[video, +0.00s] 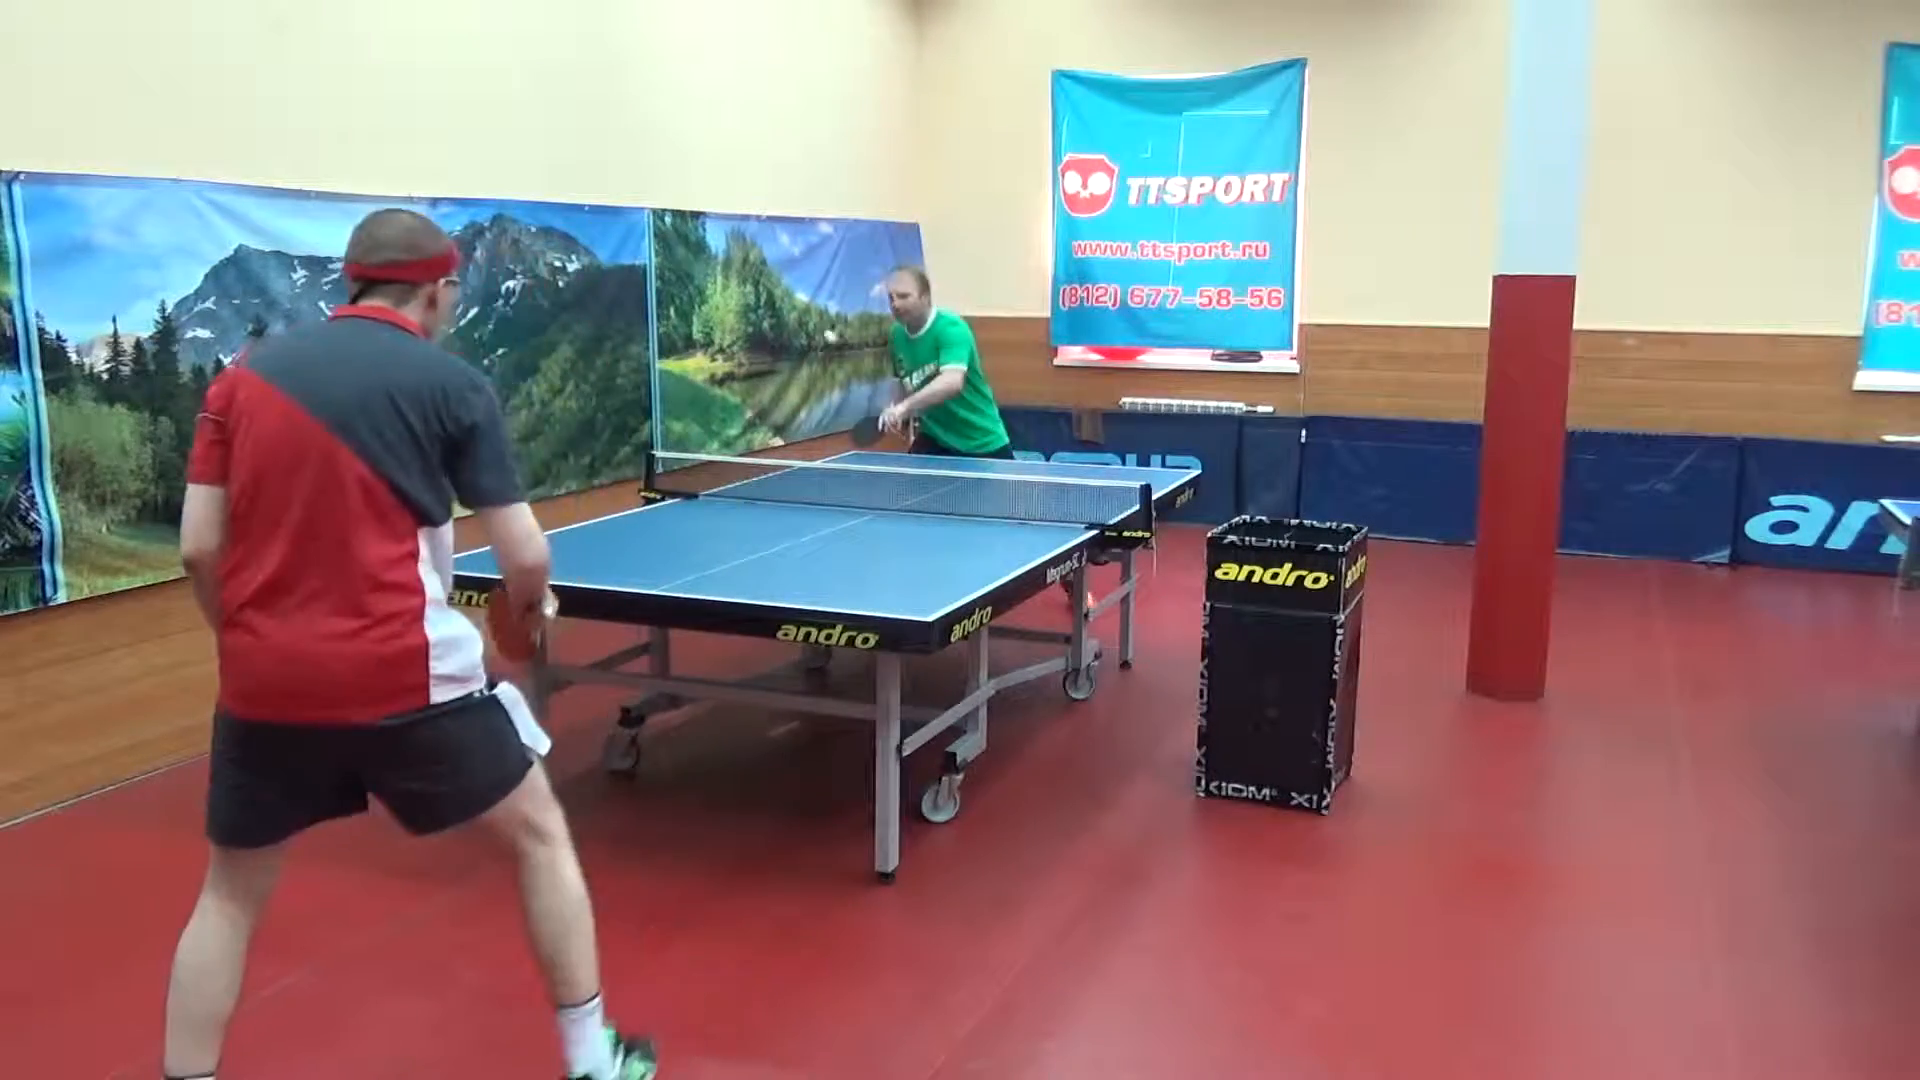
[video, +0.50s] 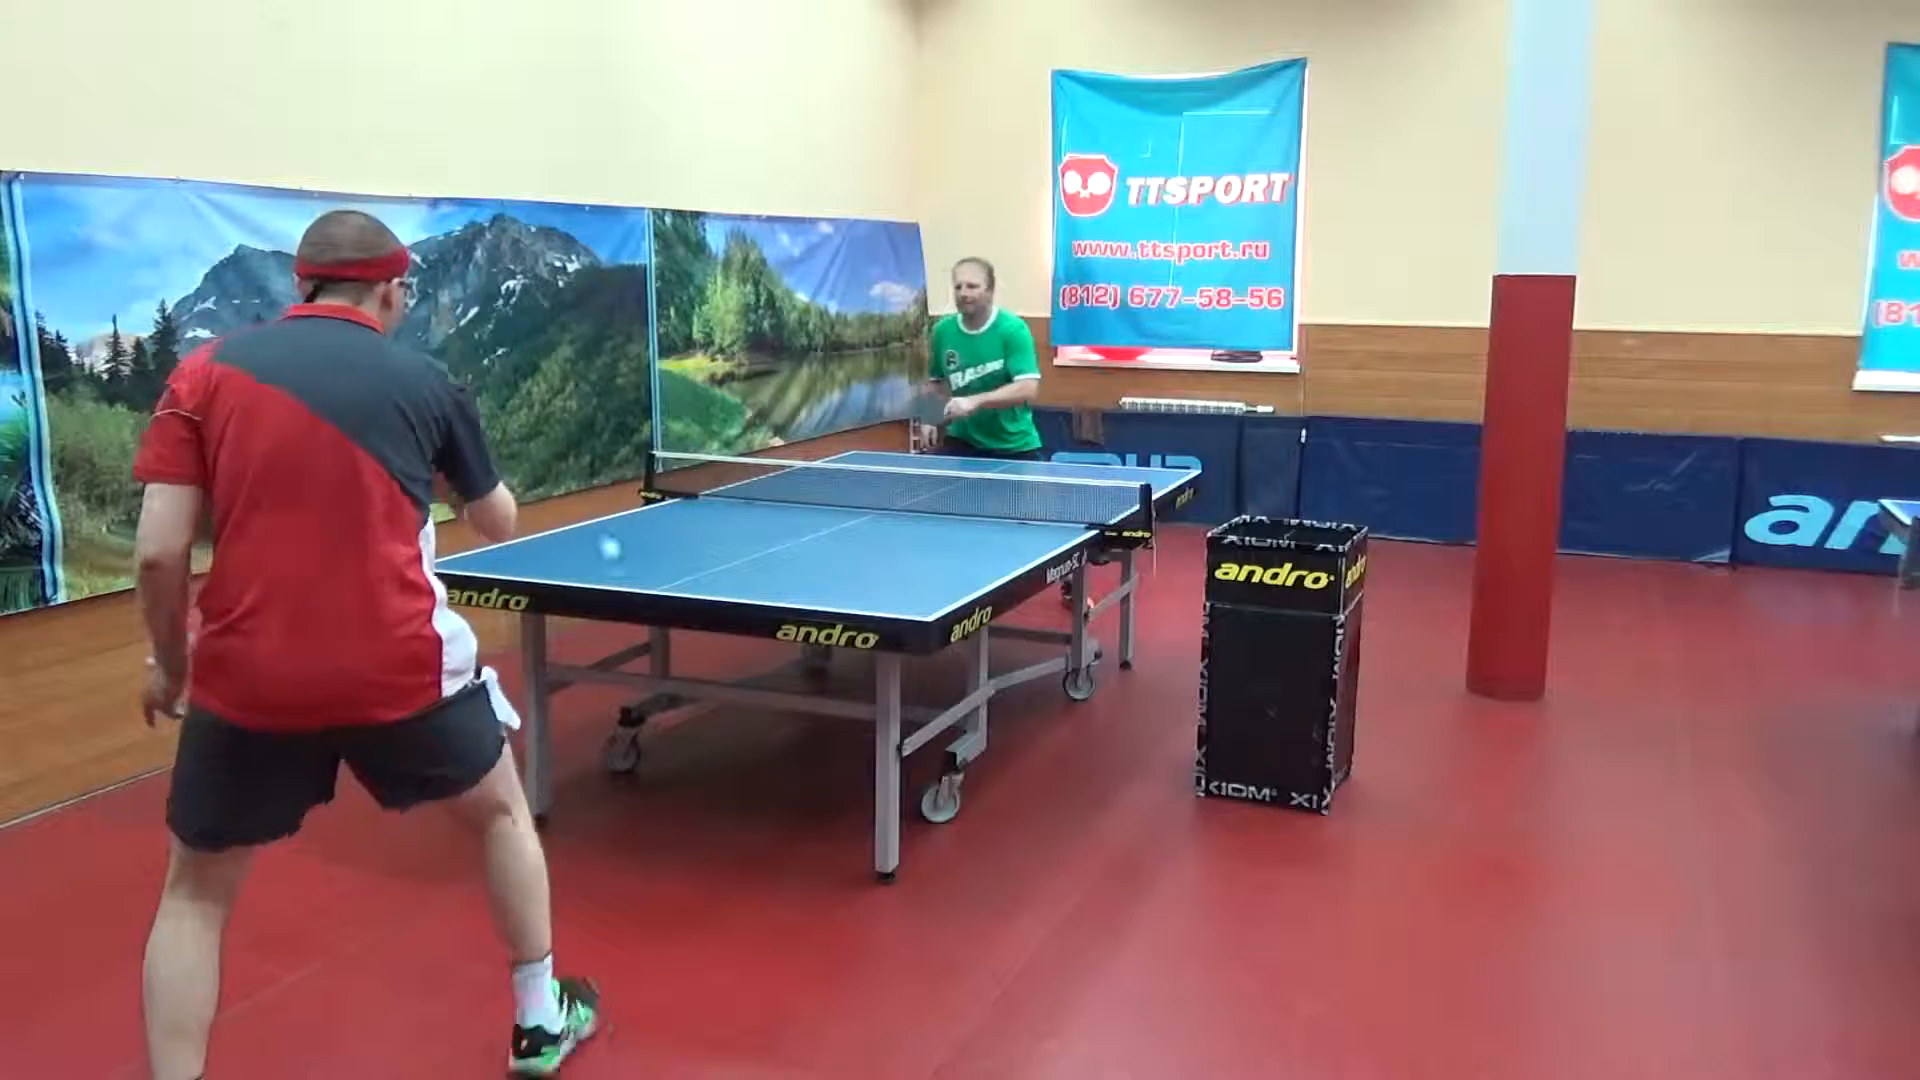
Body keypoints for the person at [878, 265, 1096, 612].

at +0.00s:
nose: (894, 304)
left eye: (902, 297)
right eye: (891, 297)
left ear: (925, 297)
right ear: (889, 299)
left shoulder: (950, 328)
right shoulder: (898, 335)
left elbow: (952, 381)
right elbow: (902, 383)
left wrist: (903, 407)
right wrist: (897, 411)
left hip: (983, 445)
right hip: (934, 445)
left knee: (1027, 517)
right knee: (917, 520)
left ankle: (1076, 589)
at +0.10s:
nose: (897, 298)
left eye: (904, 290)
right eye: (891, 292)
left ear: (924, 290)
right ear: (888, 296)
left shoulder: (951, 324)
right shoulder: (896, 333)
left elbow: (954, 380)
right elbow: (898, 382)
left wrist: (902, 408)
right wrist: (893, 411)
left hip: (981, 441)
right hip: (931, 441)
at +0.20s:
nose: (906, 295)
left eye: (914, 287)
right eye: (901, 289)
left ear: (933, 288)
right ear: (897, 292)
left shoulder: (959, 323)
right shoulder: (898, 333)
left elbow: (964, 381)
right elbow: (898, 389)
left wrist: (910, 405)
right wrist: (897, 420)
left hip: (983, 444)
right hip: (932, 444)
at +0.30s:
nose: (923, 294)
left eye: (931, 287)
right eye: (918, 288)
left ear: (950, 289)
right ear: (914, 292)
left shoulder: (975, 328)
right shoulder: (911, 332)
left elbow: (982, 385)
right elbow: (906, 384)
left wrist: (927, 404)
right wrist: (907, 420)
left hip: (990, 448)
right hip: (938, 446)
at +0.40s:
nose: (945, 295)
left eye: (953, 287)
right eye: (939, 288)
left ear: (971, 291)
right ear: (934, 292)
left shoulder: (994, 330)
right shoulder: (926, 333)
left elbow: (1006, 388)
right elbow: (919, 386)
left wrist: (950, 403)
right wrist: (914, 423)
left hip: (1002, 447)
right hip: (949, 444)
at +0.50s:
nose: (965, 294)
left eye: (973, 287)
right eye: (959, 287)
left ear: (991, 291)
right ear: (952, 291)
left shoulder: (1013, 329)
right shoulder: (942, 331)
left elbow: (1028, 389)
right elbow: (936, 385)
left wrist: (975, 401)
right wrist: (929, 420)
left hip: (1016, 443)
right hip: (964, 442)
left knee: (1042, 510)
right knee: (957, 515)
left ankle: (1071, 578)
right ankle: (960, 588)